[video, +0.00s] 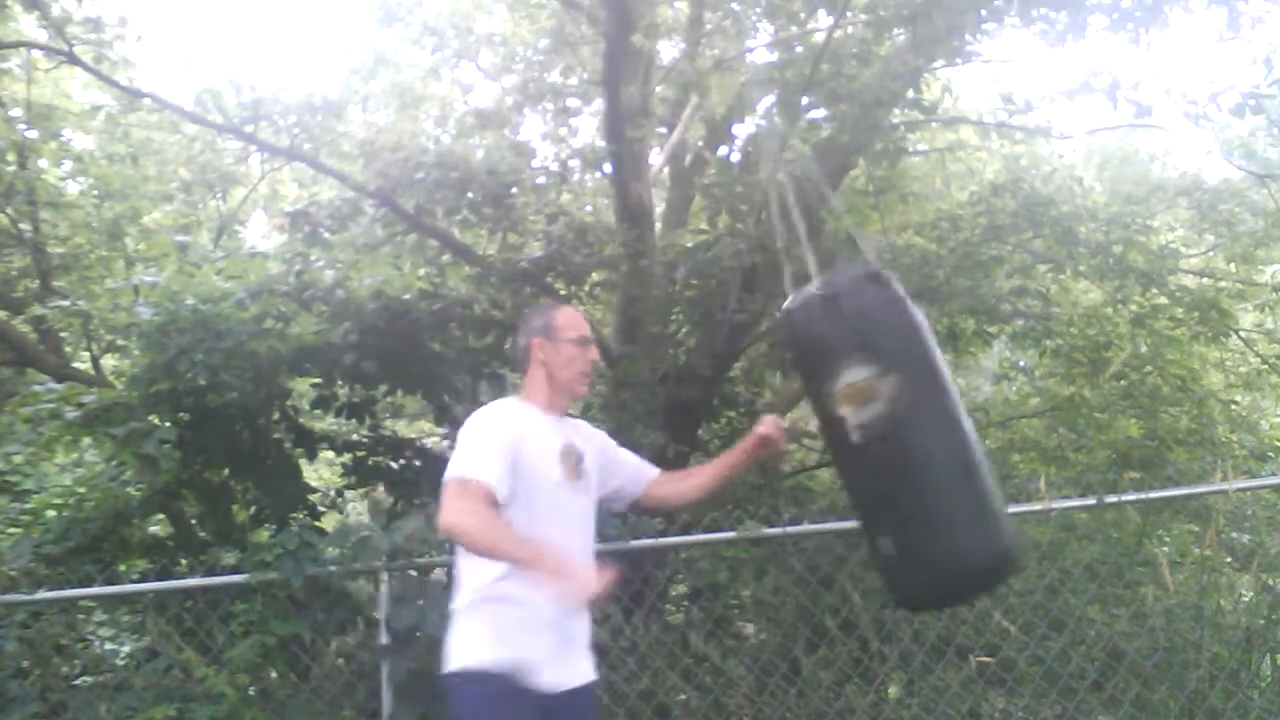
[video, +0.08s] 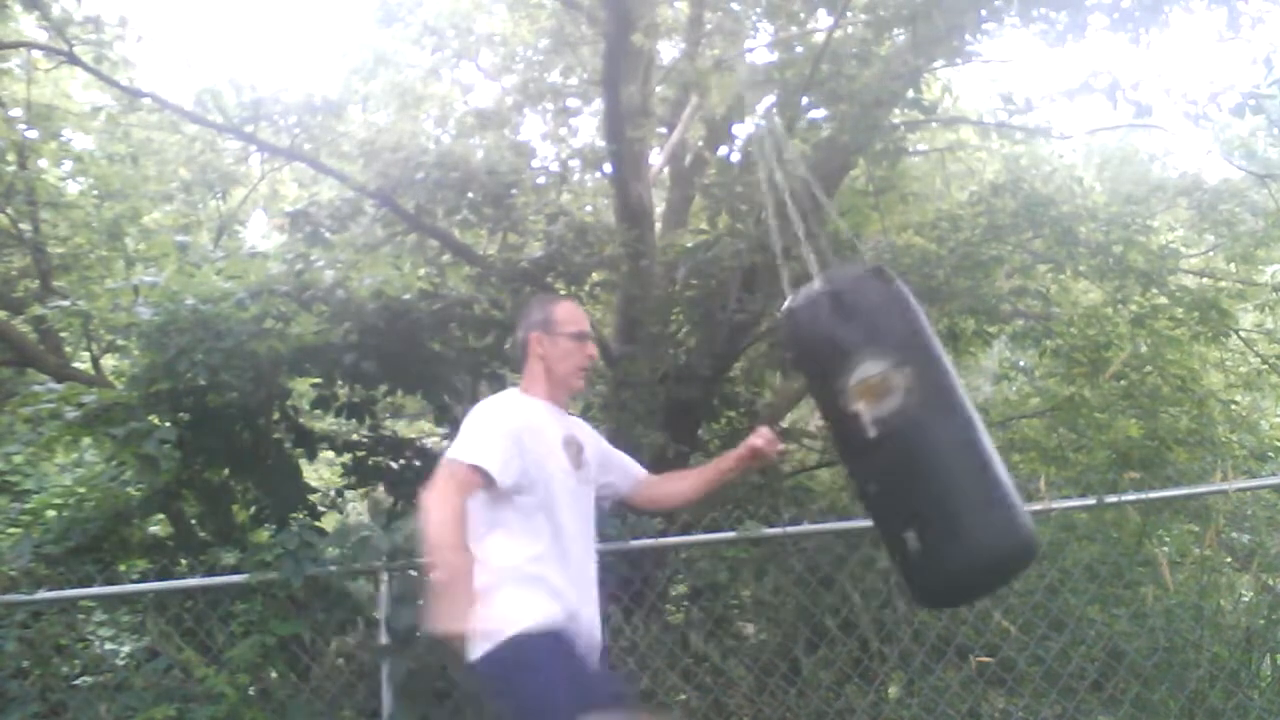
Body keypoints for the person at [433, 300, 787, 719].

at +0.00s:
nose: (594, 357)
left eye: (593, 345)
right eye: (580, 344)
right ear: (539, 351)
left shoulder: (589, 443)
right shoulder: (495, 424)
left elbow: (667, 492)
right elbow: (460, 515)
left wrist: (749, 450)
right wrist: (568, 571)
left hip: (568, 674)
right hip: (491, 669)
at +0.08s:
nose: (592, 352)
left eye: (592, 341)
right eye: (579, 339)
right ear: (538, 345)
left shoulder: (583, 439)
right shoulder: (503, 414)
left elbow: (653, 492)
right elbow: (442, 494)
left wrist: (739, 460)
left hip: (571, 640)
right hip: (515, 637)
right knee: (608, 707)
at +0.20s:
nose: (595, 357)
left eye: (596, 347)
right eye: (582, 343)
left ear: (568, 356)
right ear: (537, 349)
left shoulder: (577, 444)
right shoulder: (498, 410)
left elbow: (658, 494)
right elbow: (395, 479)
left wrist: (738, 465)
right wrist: (321, 567)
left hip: (561, 639)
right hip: (553, 598)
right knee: (738, 561)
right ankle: (746, 664)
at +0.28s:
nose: (595, 360)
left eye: (596, 348)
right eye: (584, 346)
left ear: (566, 357)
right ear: (541, 347)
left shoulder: (573, 446)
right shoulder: (496, 404)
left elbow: (651, 507)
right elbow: (394, 476)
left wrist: (729, 475)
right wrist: (301, 557)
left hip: (572, 641)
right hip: (561, 606)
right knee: (737, 534)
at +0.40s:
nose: (596, 352)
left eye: (597, 341)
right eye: (582, 339)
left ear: (574, 350)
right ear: (539, 345)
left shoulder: (571, 445)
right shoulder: (507, 405)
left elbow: (624, 536)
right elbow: (408, 492)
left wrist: (716, 514)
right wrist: (357, 594)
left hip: (578, 636)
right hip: (569, 609)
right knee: (754, 572)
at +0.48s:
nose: (604, 348)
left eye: (602, 337)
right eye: (591, 336)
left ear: (562, 347)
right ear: (547, 344)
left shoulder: (576, 445)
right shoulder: (510, 411)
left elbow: (608, 553)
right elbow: (439, 507)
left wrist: (701, 546)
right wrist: (455, 622)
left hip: (602, 624)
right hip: (566, 631)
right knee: (748, 648)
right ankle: (855, 710)